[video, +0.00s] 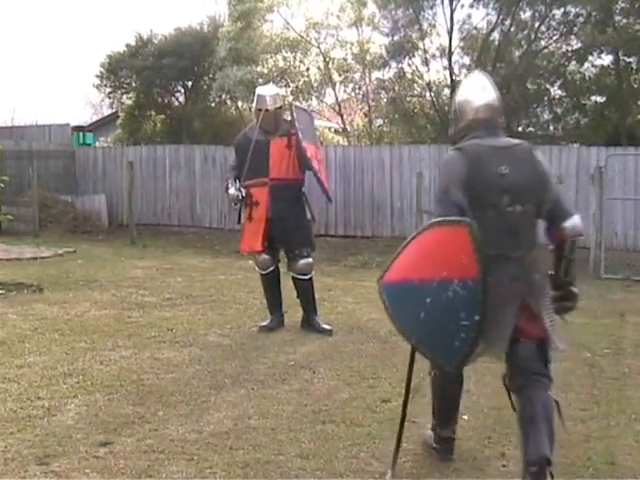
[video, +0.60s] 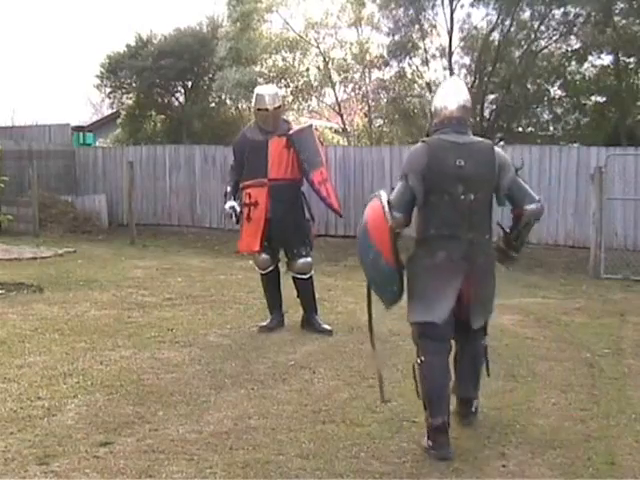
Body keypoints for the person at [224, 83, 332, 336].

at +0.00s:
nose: (269, 116)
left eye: (273, 110)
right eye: (264, 111)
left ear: (282, 109)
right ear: (256, 111)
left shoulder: (293, 135)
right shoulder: (246, 139)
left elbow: (308, 164)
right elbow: (234, 170)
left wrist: (301, 144)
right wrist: (233, 186)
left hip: (292, 206)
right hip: (260, 209)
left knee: (302, 261)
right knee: (264, 260)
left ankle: (310, 316)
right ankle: (275, 315)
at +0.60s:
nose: (267, 116)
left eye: (271, 110)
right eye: (261, 111)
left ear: (280, 109)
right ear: (254, 111)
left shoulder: (293, 135)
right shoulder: (244, 140)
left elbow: (312, 166)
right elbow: (235, 175)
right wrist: (231, 199)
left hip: (291, 207)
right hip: (258, 210)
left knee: (302, 262)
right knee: (264, 261)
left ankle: (310, 316)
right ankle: (276, 315)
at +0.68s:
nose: (265, 116)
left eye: (270, 110)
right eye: (260, 111)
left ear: (279, 109)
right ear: (253, 111)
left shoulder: (293, 134)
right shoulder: (243, 139)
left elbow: (311, 165)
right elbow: (234, 173)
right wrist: (230, 199)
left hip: (290, 206)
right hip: (258, 209)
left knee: (302, 261)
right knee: (264, 261)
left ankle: (311, 316)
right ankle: (276, 315)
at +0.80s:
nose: (261, 117)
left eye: (266, 111)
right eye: (256, 112)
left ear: (276, 109)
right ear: (250, 111)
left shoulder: (291, 134)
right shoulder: (240, 139)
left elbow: (309, 169)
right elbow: (231, 175)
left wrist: (305, 137)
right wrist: (229, 200)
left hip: (290, 205)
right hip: (257, 207)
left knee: (303, 260)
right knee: (264, 260)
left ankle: (312, 315)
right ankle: (275, 315)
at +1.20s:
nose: (256, 117)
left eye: (260, 112)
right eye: (251, 112)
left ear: (270, 109)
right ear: (244, 111)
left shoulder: (286, 133)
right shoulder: (234, 139)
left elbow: (306, 166)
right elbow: (222, 170)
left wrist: (299, 136)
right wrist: (222, 190)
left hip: (287, 200)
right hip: (255, 205)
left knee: (300, 255)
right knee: (265, 258)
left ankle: (279, 297)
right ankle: (276, 314)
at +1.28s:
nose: (254, 118)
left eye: (259, 112)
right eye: (250, 112)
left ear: (269, 110)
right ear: (244, 110)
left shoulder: (287, 134)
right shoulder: (234, 138)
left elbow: (306, 165)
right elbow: (221, 171)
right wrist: (222, 187)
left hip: (287, 199)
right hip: (255, 203)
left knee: (297, 256)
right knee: (265, 258)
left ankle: (269, 288)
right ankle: (275, 314)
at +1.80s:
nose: (268, 118)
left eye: (273, 114)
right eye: (264, 113)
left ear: (278, 113)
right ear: (254, 110)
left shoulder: (286, 137)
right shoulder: (238, 134)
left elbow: (300, 169)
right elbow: (221, 164)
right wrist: (226, 174)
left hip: (277, 200)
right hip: (247, 200)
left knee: (275, 257)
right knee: (252, 252)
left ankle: (259, 303)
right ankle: (263, 305)